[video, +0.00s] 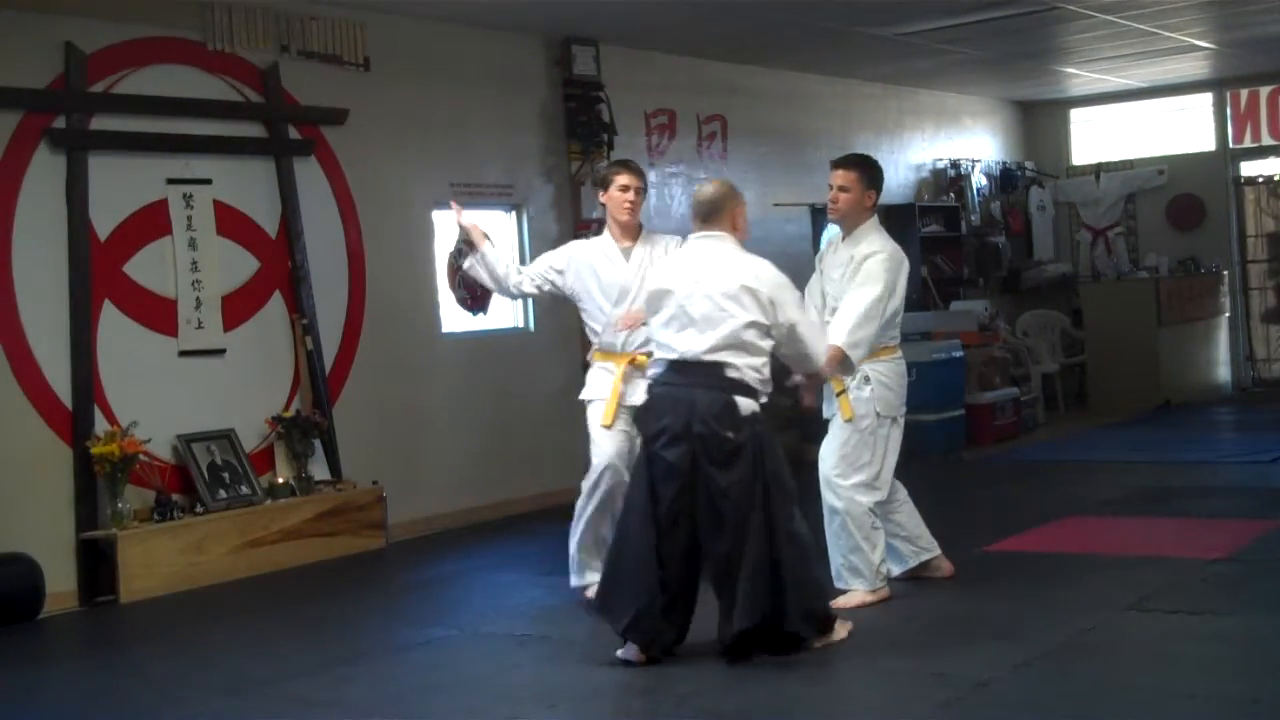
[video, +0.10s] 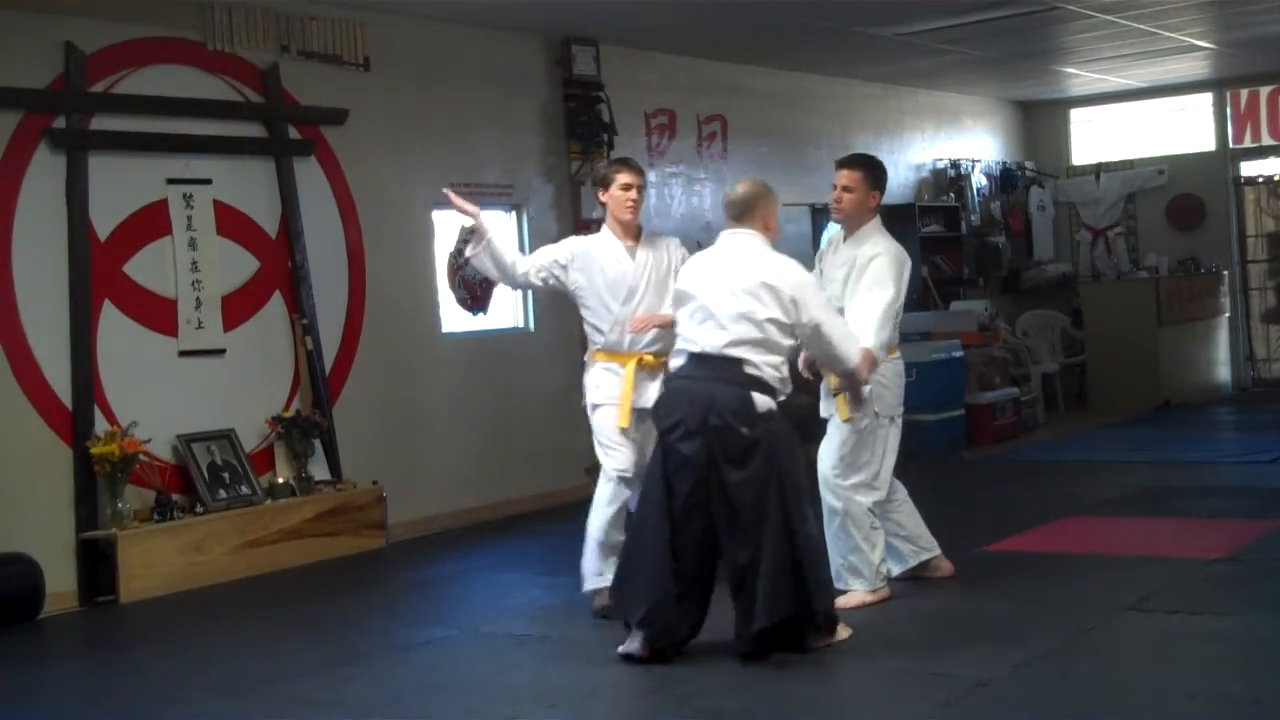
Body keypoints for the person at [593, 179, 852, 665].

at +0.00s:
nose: (747, 221)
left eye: (743, 213)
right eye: (745, 214)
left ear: (695, 220)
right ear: (738, 218)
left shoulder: (663, 266)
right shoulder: (759, 274)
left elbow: (634, 321)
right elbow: (810, 351)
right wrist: (812, 375)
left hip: (665, 400)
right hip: (730, 403)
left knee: (661, 519)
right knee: (760, 516)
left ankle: (643, 637)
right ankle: (808, 623)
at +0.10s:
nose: (780, 222)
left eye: (777, 215)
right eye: (778, 215)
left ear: (728, 219)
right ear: (769, 219)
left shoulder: (694, 265)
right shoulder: (789, 275)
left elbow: (688, 324)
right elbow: (837, 346)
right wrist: (853, 379)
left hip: (682, 393)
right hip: (747, 398)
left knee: (675, 515)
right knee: (774, 514)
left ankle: (649, 629)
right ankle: (799, 623)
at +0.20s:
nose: (811, 222)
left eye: (809, 214)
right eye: (809, 214)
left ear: (757, 218)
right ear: (798, 218)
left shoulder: (724, 261)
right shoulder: (809, 273)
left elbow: (723, 322)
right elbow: (860, 343)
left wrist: (799, 347)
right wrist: (892, 369)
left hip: (696, 383)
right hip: (758, 393)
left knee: (681, 507)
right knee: (786, 510)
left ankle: (650, 619)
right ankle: (809, 624)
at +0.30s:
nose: (831, 227)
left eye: (830, 218)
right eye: (829, 219)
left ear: (782, 221)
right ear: (818, 223)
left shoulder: (746, 260)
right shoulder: (825, 274)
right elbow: (870, 325)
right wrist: (911, 350)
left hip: (704, 378)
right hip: (765, 390)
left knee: (684, 503)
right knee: (790, 510)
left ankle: (648, 617)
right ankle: (812, 623)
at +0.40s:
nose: (846, 234)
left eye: (845, 225)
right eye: (845, 226)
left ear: (798, 223)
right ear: (834, 226)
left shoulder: (762, 260)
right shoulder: (835, 276)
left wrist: (880, 307)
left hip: (710, 382)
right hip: (770, 394)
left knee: (688, 505)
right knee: (799, 514)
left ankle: (649, 614)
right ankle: (815, 622)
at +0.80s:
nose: (859, 236)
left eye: (859, 228)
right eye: (860, 228)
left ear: (810, 223)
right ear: (848, 228)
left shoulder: (772, 261)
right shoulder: (853, 279)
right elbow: (914, 338)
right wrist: (941, 345)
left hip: (719, 379)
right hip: (779, 391)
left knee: (696, 501)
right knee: (803, 513)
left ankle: (653, 612)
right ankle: (811, 625)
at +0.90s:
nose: (855, 236)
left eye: (854, 228)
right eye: (854, 228)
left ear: (805, 223)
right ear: (842, 226)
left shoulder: (767, 259)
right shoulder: (847, 278)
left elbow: (744, 307)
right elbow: (909, 339)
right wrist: (939, 352)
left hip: (717, 378)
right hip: (779, 391)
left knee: (698, 501)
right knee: (800, 514)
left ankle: (661, 608)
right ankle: (810, 625)